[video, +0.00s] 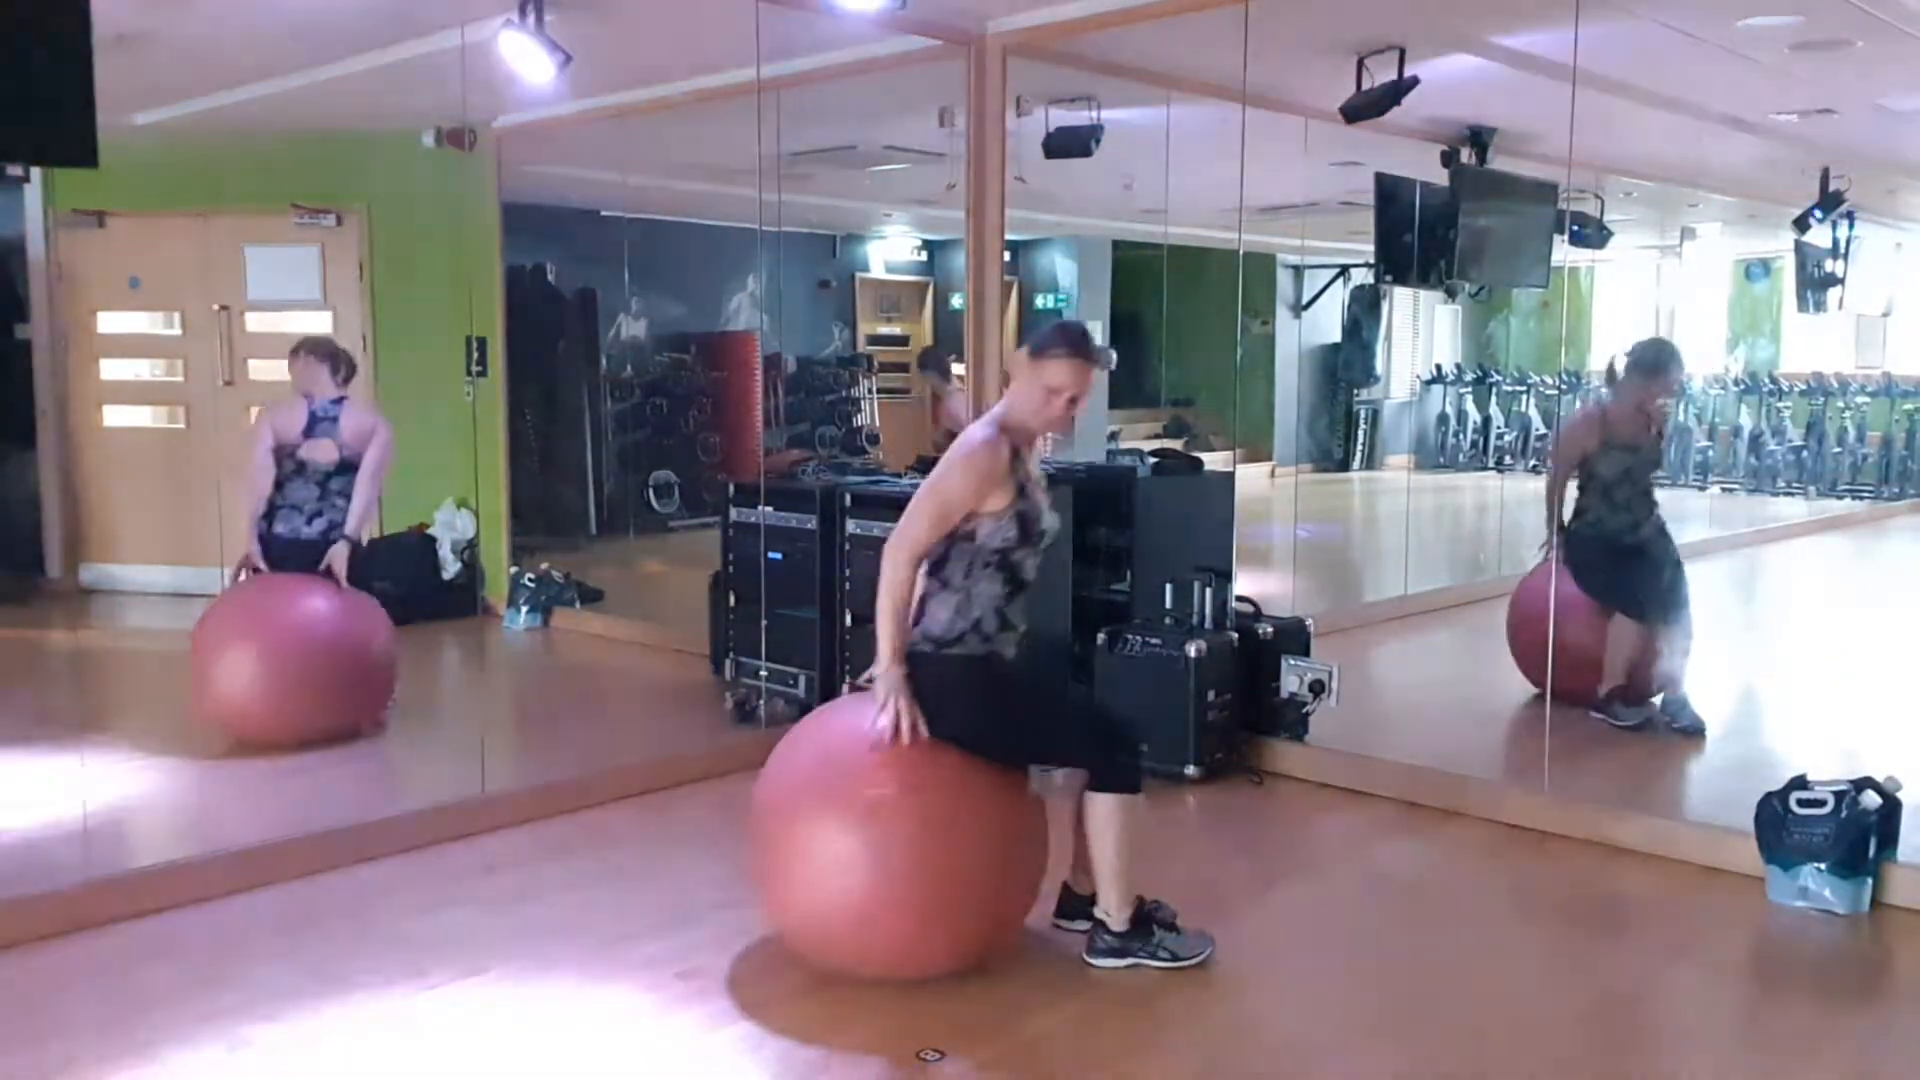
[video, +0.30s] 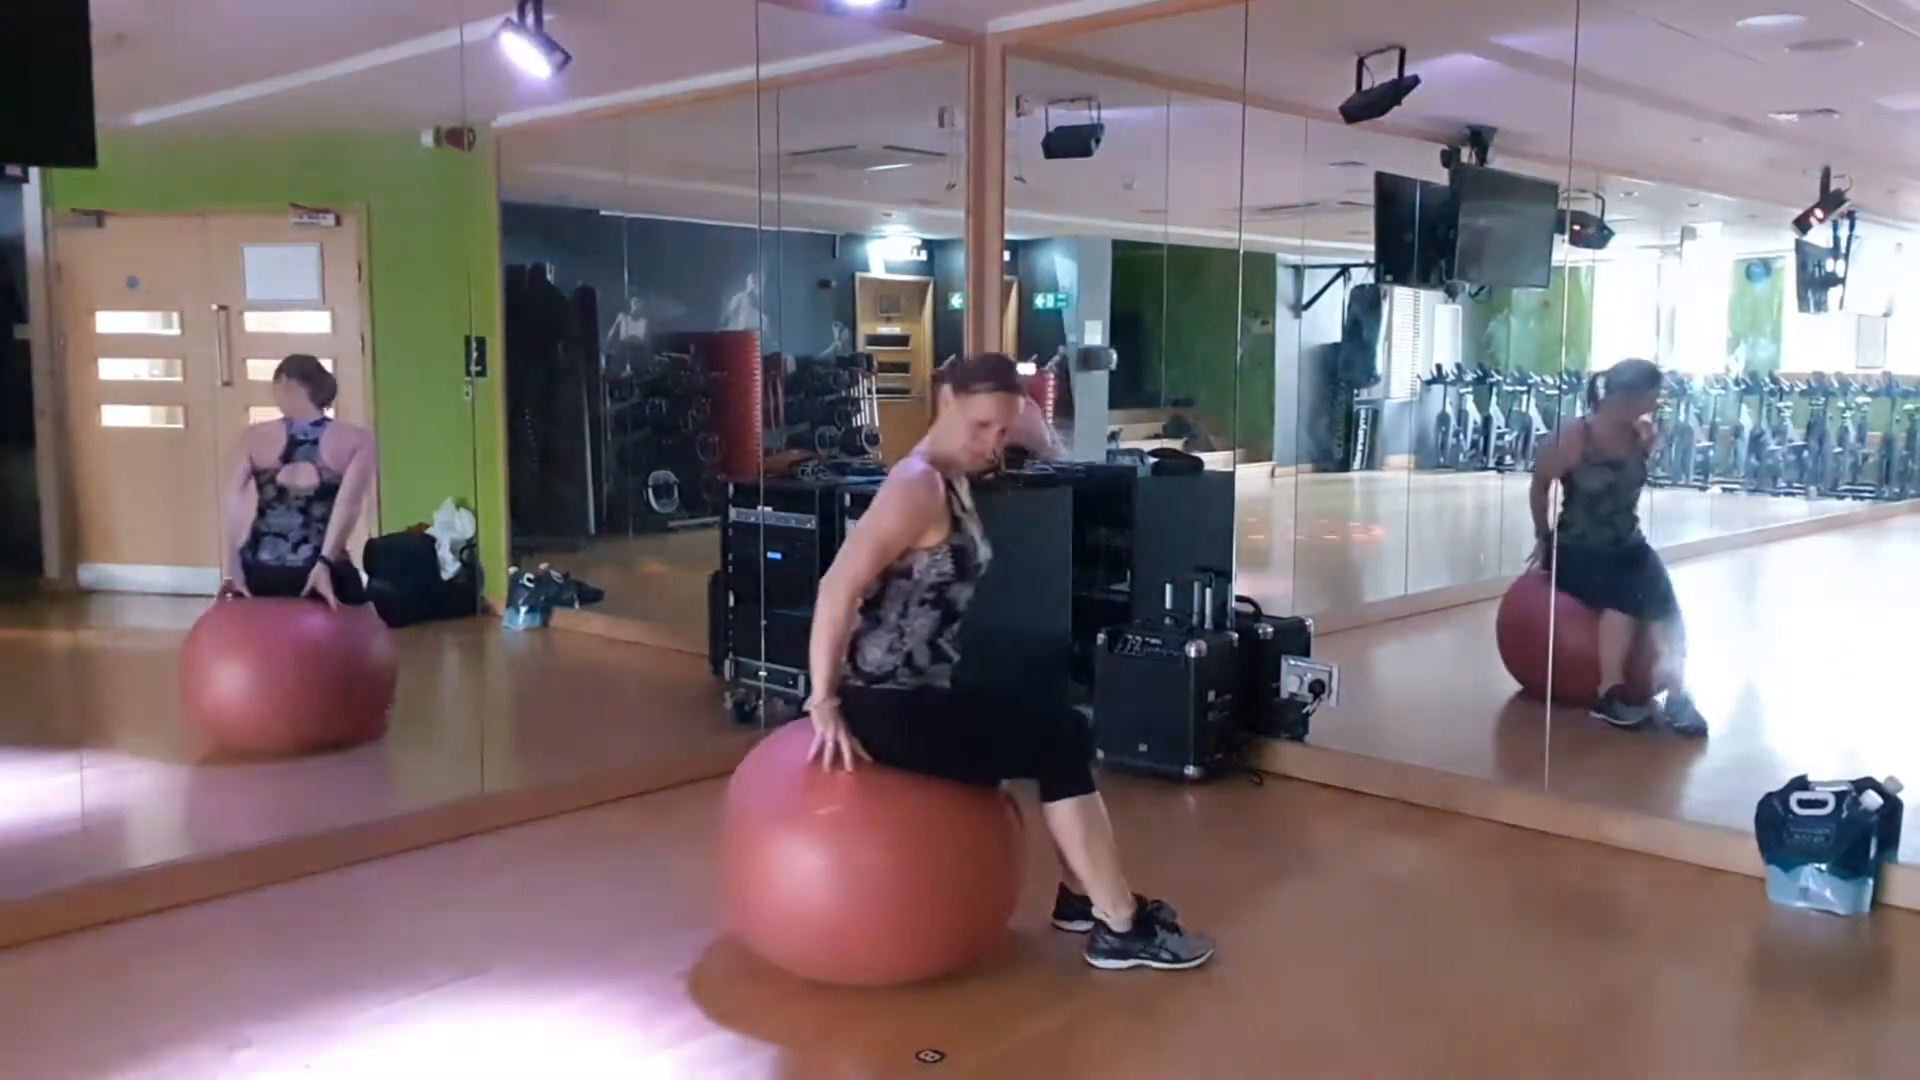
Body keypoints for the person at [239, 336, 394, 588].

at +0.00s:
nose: (290, 373)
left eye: (293, 364)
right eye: (291, 365)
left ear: (310, 361)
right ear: (336, 367)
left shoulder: (274, 417)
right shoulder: (374, 424)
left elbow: (261, 482)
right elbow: (367, 483)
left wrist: (252, 541)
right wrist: (347, 539)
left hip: (280, 546)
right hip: (339, 545)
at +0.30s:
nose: (274, 394)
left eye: (276, 385)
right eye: (275, 385)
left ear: (289, 383)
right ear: (320, 387)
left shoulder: (255, 436)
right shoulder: (356, 439)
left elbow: (233, 503)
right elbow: (348, 504)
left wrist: (231, 568)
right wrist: (325, 561)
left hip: (259, 571)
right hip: (325, 571)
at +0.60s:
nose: (265, 387)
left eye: (266, 378)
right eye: (265, 379)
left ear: (275, 380)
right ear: (313, 382)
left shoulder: (245, 434)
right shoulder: (348, 433)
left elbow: (220, 497)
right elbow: (342, 498)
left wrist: (224, 567)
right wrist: (327, 560)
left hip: (255, 572)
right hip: (320, 572)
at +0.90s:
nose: (271, 383)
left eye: (274, 375)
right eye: (272, 375)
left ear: (290, 380)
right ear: (320, 381)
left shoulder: (253, 435)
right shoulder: (352, 437)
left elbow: (229, 500)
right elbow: (346, 501)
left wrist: (228, 563)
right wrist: (329, 562)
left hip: (259, 569)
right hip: (320, 569)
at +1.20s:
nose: (274, 347)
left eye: (277, 338)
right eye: (275, 338)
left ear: (293, 345)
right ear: (320, 345)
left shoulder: (259, 406)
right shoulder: (355, 407)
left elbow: (250, 478)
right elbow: (354, 476)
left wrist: (244, 541)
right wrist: (345, 533)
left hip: (272, 532)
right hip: (329, 531)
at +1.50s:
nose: (268, 326)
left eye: (272, 318)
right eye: (269, 318)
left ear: (288, 324)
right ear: (317, 325)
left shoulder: (250, 384)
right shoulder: (351, 385)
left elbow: (244, 457)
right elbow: (357, 457)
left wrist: (241, 517)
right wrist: (355, 518)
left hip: (269, 517)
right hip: (328, 518)